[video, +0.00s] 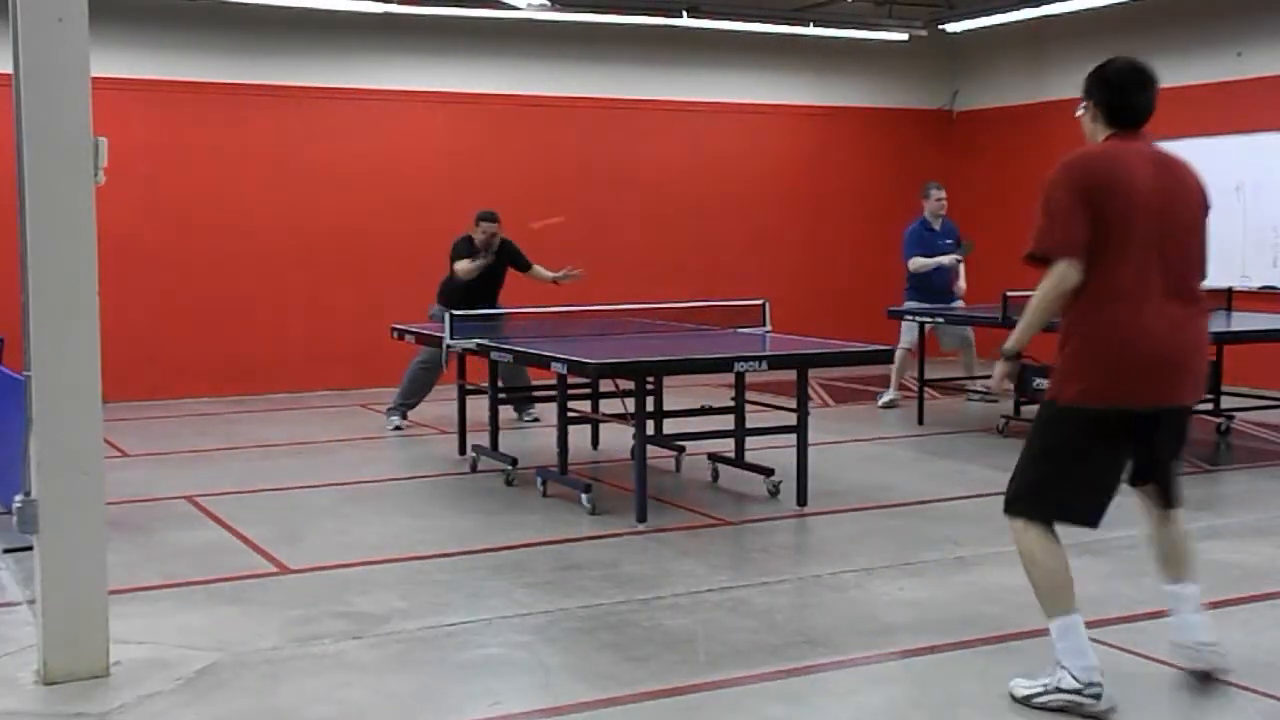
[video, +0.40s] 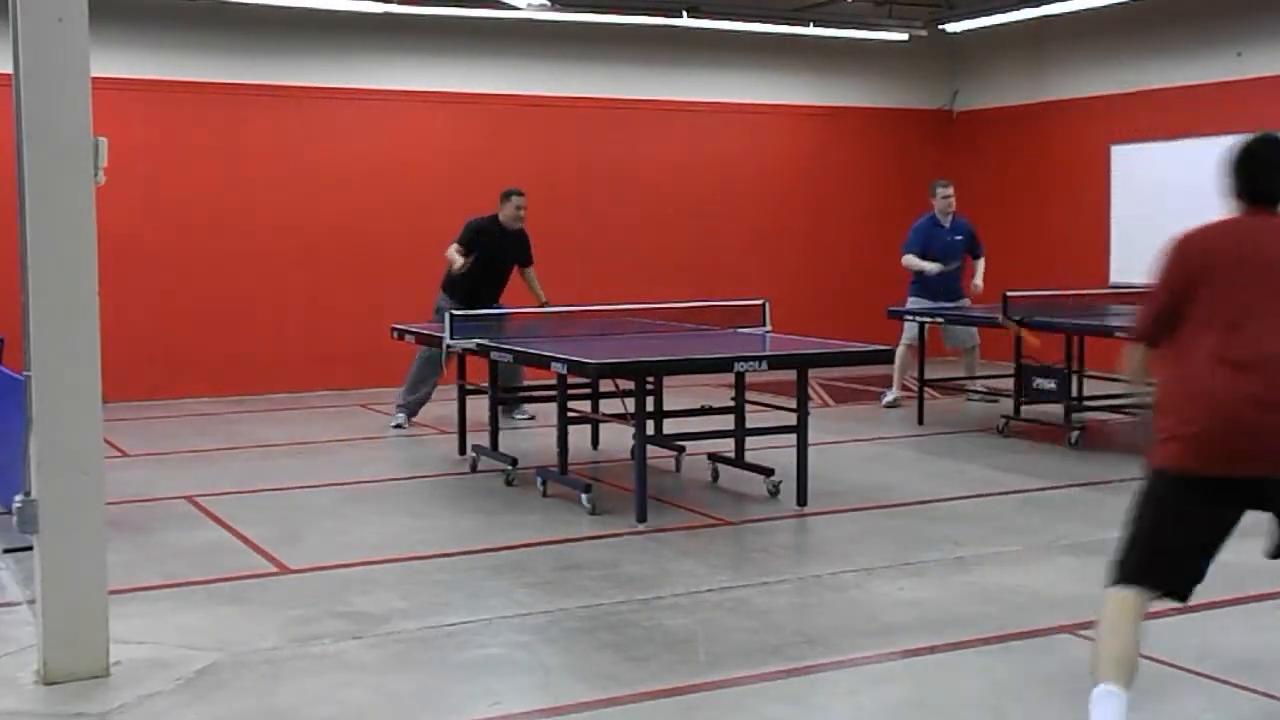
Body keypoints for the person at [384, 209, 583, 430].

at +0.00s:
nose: (489, 239)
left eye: (494, 235)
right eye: (485, 234)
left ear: (499, 233)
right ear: (475, 230)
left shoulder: (505, 248)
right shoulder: (462, 245)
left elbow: (529, 268)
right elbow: (460, 271)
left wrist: (553, 277)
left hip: (486, 317)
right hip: (449, 316)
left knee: (508, 355)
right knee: (430, 357)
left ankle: (524, 407)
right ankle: (398, 409)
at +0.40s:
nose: (522, 214)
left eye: (524, 209)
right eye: (517, 208)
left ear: (525, 211)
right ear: (503, 208)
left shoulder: (520, 238)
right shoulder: (479, 227)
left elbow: (526, 270)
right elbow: (453, 250)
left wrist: (542, 298)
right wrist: (458, 261)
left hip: (488, 309)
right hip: (453, 305)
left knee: (507, 353)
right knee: (433, 352)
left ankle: (510, 407)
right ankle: (405, 409)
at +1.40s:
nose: (480, 181)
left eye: (484, 177)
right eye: (474, 177)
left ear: (489, 180)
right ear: (463, 180)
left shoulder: (495, 211)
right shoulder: (449, 211)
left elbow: (510, 248)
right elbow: (434, 250)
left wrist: (521, 280)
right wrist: (422, 289)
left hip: (493, 295)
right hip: (460, 295)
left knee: (494, 354)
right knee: (451, 352)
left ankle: (491, 407)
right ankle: (431, 411)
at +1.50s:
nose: (473, 181)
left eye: (477, 176)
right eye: (468, 176)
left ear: (482, 180)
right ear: (456, 180)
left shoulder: (488, 211)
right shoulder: (441, 211)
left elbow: (501, 248)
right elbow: (428, 252)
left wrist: (513, 284)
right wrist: (418, 292)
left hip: (486, 295)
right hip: (453, 295)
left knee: (491, 352)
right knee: (448, 352)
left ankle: (490, 407)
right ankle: (431, 412)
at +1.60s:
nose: (466, 180)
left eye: (470, 175)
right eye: (460, 175)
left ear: (474, 179)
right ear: (448, 179)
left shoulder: (482, 209)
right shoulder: (433, 211)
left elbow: (493, 246)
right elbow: (422, 251)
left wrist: (503, 280)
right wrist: (418, 291)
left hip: (479, 294)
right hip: (445, 294)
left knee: (487, 351)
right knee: (441, 352)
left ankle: (489, 406)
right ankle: (430, 412)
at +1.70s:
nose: (461, 180)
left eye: (464, 175)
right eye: (454, 175)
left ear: (469, 178)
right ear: (442, 178)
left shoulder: (478, 208)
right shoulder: (428, 210)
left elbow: (488, 244)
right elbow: (416, 250)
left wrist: (499, 279)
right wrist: (417, 290)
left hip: (473, 293)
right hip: (439, 294)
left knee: (484, 350)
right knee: (435, 352)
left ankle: (486, 406)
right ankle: (429, 412)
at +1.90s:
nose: (458, 181)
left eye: (461, 176)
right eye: (452, 176)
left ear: (465, 178)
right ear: (439, 178)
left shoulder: (473, 206)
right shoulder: (424, 209)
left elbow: (484, 243)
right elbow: (413, 248)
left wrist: (497, 278)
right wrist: (421, 284)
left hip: (469, 294)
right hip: (435, 295)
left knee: (480, 351)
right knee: (433, 354)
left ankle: (482, 408)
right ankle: (429, 412)